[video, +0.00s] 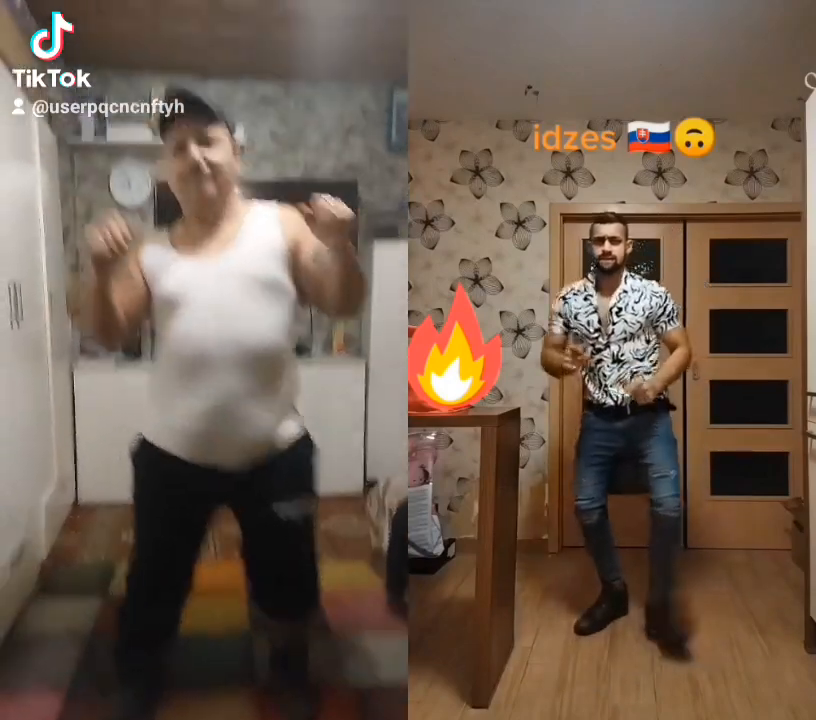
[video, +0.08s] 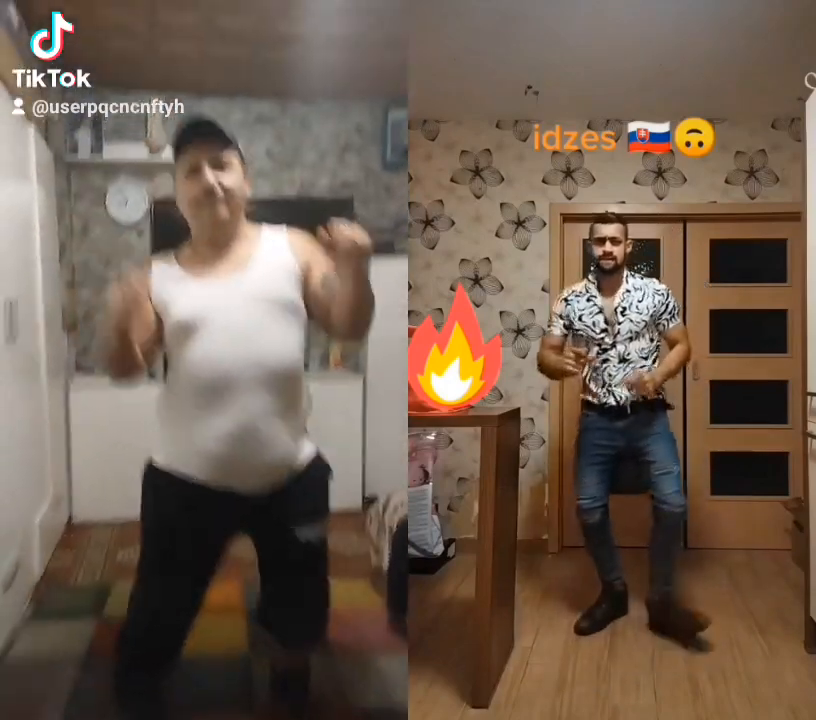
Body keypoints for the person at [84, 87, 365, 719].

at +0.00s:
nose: (198, 158)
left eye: (208, 141)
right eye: (181, 149)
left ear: (236, 149)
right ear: (166, 171)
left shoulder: (282, 224)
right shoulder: (153, 251)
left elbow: (343, 302)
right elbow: (107, 332)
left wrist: (341, 246)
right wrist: (99, 270)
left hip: (273, 452)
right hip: (173, 455)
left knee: (290, 600)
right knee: (152, 601)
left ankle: (293, 700)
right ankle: (135, 702)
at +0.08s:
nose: (210, 181)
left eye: (221, 164)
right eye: (194, 172)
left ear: (246, 176)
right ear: (176, 193)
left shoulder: (293, 248)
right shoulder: (158, 276)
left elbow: (350, 326)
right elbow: (123, 368)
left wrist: (353, 267)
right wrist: (120, 322)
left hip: (288, 480)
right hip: (186, 483)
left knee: (299, 627)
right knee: (152, 633)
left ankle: (292, 703)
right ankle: (136, 705)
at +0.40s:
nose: (258, 244)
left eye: (272, 232)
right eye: (242, 230)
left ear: (286, 248)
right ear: (212, 247)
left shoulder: (316, 330)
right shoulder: (170, 325)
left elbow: (370, 414)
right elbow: (102, 399)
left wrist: (359, 327)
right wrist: (92, 355)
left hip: (286, 575)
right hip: (169, 574)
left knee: (308, 712)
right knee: (140, 712)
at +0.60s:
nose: (237, 273)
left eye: (253, 266)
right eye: (221, 262)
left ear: (269, 293)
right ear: (194, 283)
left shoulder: (292, 376)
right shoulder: (140, 356)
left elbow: (329, 494)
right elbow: (51, 429)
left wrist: (307, 400)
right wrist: (55, 347)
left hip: (250, 650)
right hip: (118, 648)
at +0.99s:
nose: (172, 180)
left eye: (184, 172)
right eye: (148, 168)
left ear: (201, 204)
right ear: (108, 202)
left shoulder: (245, 296)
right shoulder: (71, 292)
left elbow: (289, 395)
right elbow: (22, 413)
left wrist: (333, 357)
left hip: (264, 609)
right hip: (119, 620)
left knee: (304, 706)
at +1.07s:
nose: (164, 173)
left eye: (178, 164)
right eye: (139, 161)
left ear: (198, 196)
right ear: (102, 196)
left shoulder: (241, 288)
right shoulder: (72, 291)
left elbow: (298, 380)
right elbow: (42, 421)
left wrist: (343, 313)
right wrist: (164, 475)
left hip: (289, 608)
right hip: (142, 625)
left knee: (330, 711)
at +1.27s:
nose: (145, 133)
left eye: (162, 119)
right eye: (121, 122)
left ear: (183, 149)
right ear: (88, 161)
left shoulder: (239, 247)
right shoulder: (63, 272)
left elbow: (323, 316)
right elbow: (19, 411)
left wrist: (319, 212)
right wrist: (82, 529)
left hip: (292, 570)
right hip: (144, 590)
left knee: (365, 712)